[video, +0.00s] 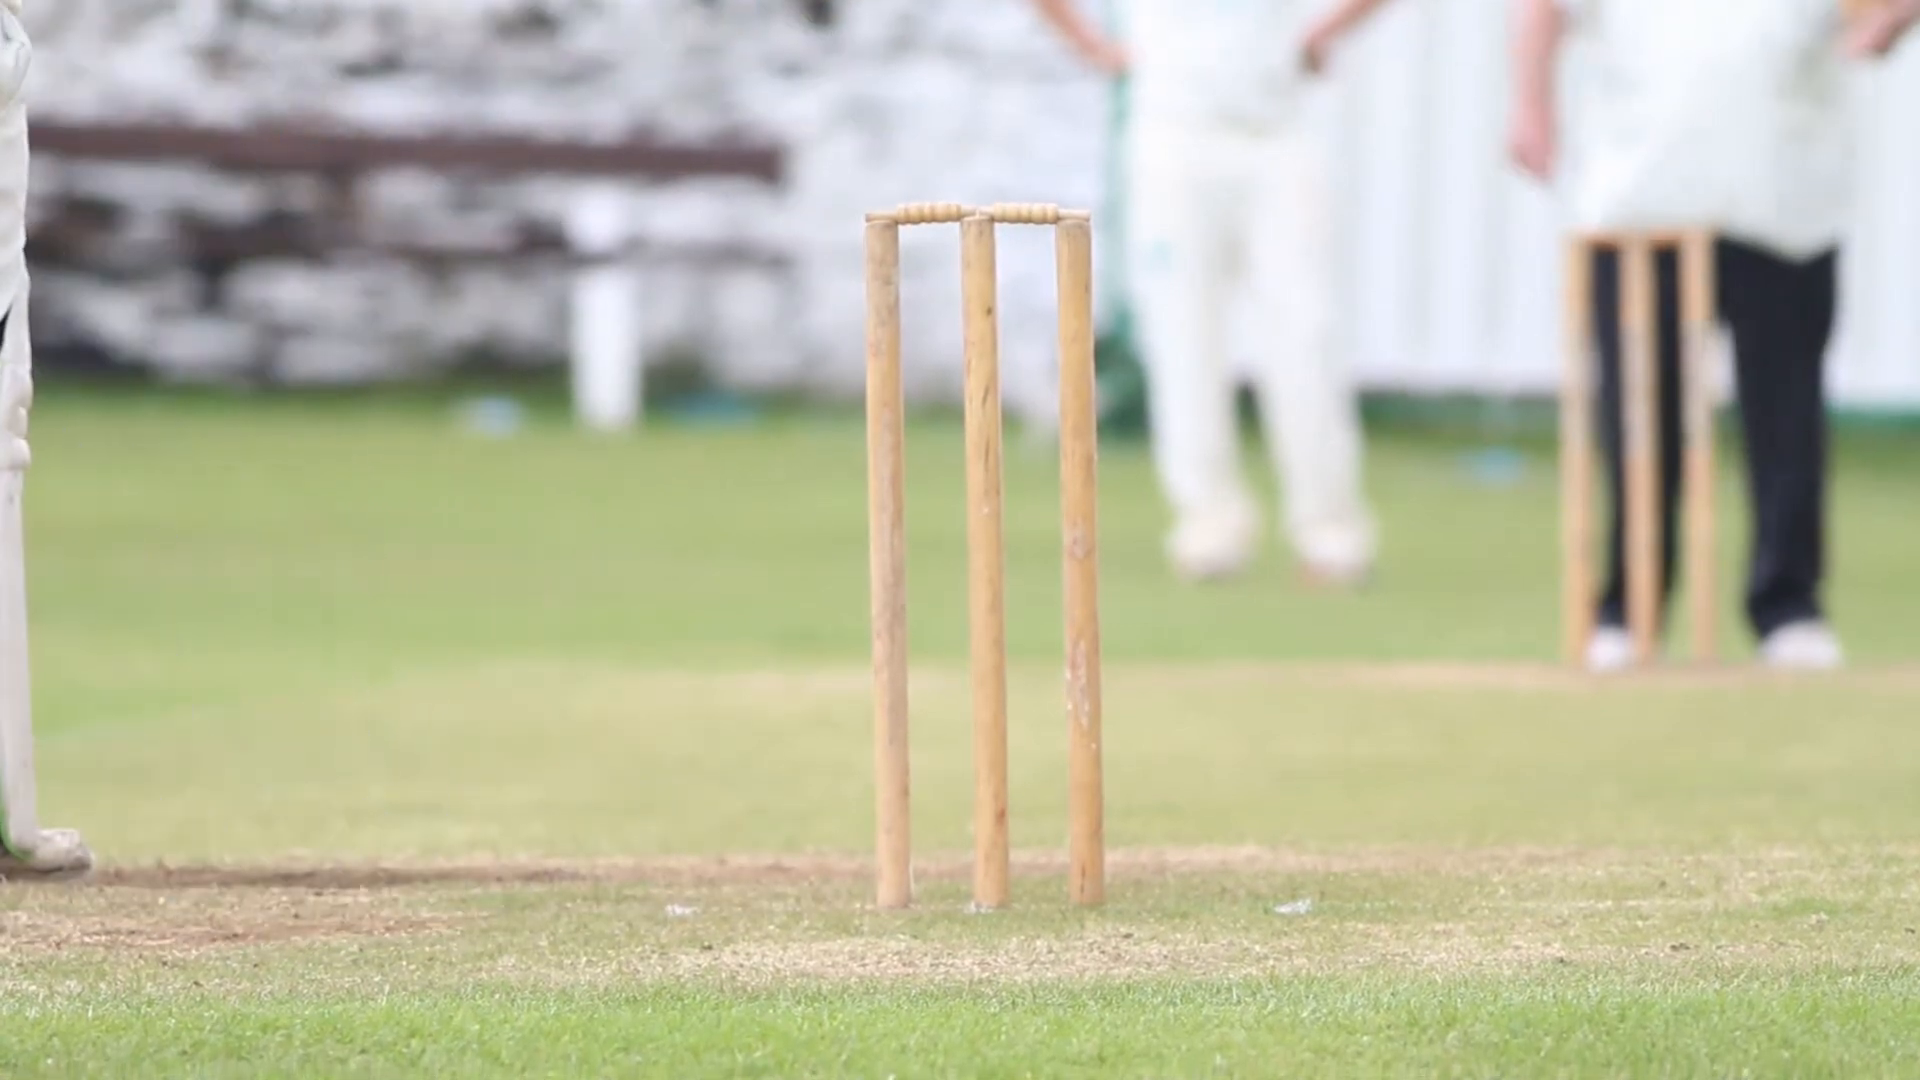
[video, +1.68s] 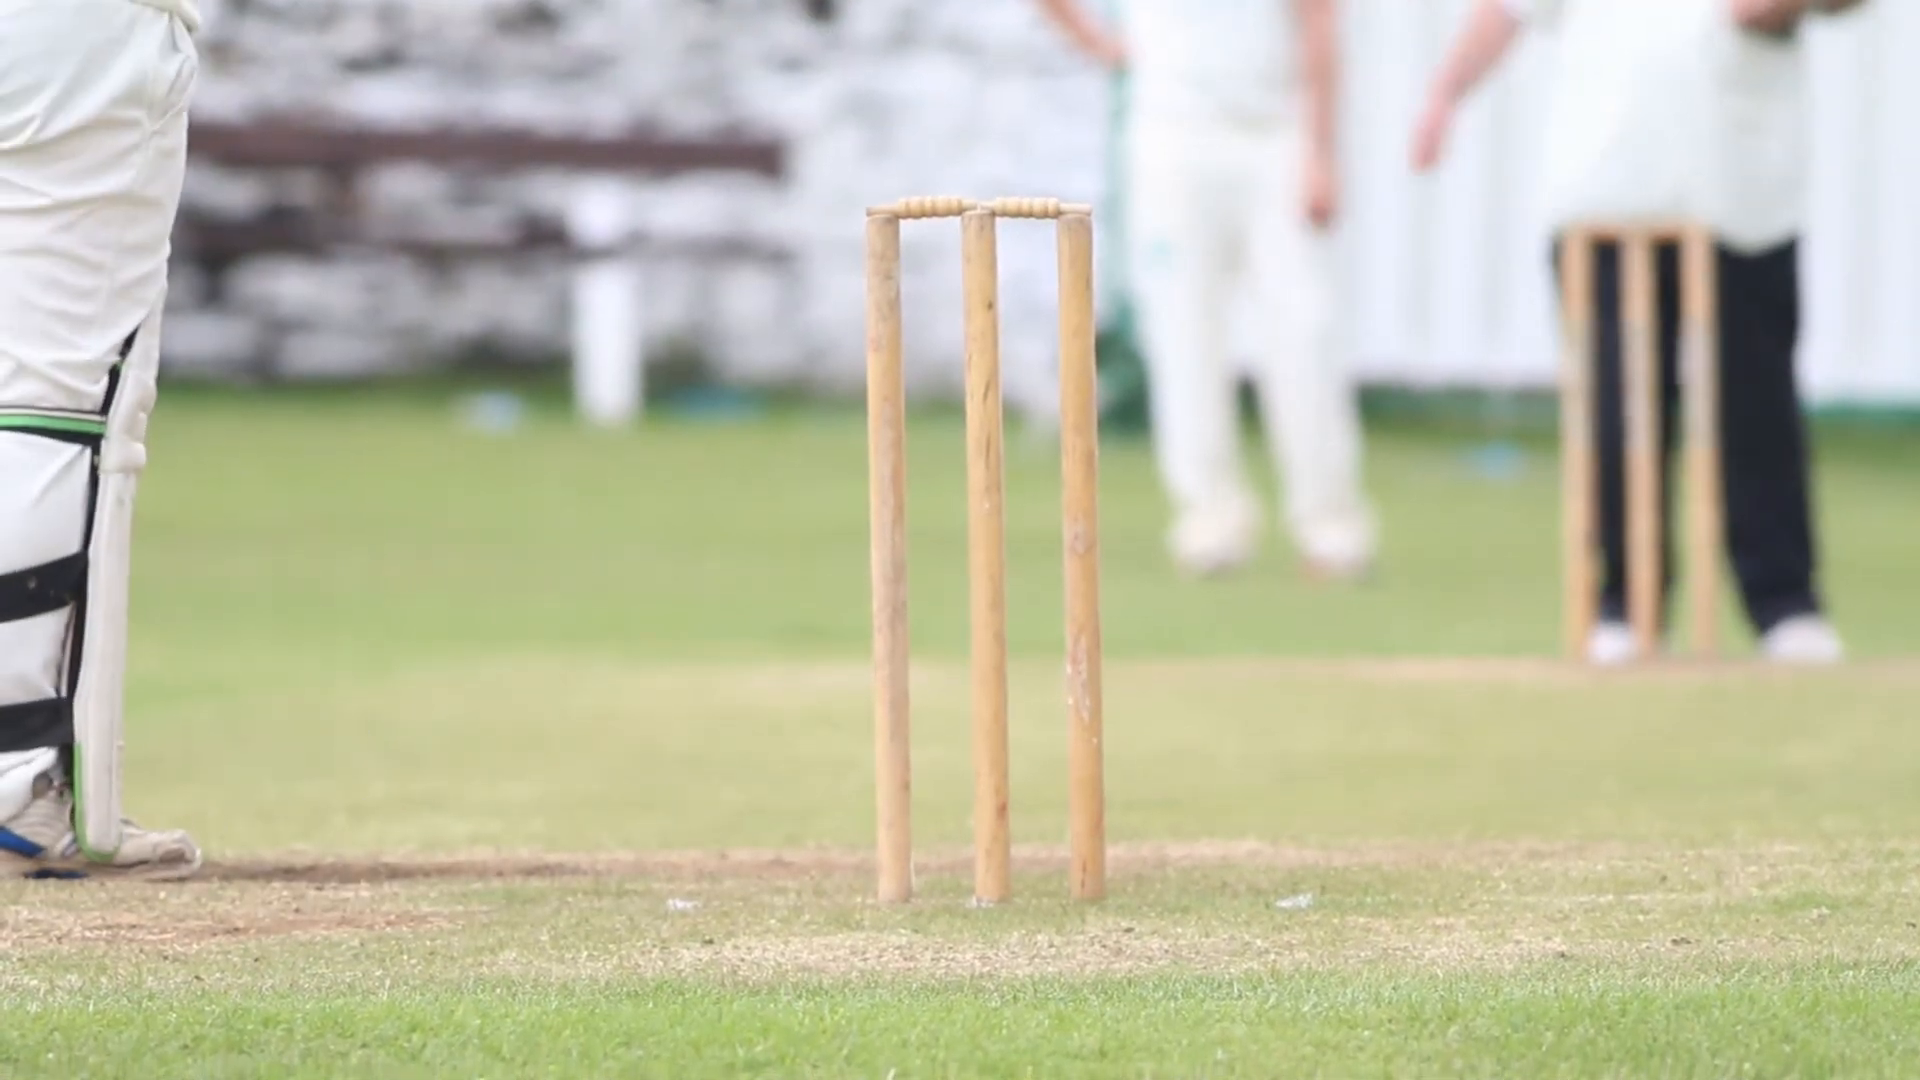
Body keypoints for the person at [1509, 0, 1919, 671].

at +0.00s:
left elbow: (1870, 25)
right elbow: (1544, 7)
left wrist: (1889, 15)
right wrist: (1532, 103)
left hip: (1786, 164)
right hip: (1636, 159)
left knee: (1784, 410)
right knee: (1634, 411)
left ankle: (1790, 614)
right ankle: (1624, 616)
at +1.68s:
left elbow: (1847, 3)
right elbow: (1508, 7)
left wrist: (1791, 9)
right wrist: (1443, 94)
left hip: (1745, 183)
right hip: (1605, 179)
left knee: (1759, 408)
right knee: (1620, 412)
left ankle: (1788, 609)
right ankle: (1621, 613)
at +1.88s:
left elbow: (1828, 5)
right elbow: (1443, 5)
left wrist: (1776, 11)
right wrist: (1356, 31)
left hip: (1733, 176)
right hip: (1594, 176)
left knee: (1756, 407)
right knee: (1615, 415)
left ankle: (1788, 610)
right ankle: (1621, 614)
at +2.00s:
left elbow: (1831, 2)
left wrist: (1769, 8)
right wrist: (1330, 9)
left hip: (1727, 172)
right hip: (1587, 170)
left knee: (1754, 404)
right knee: (1610, 416)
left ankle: (1788, 608)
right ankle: (1618, 613)